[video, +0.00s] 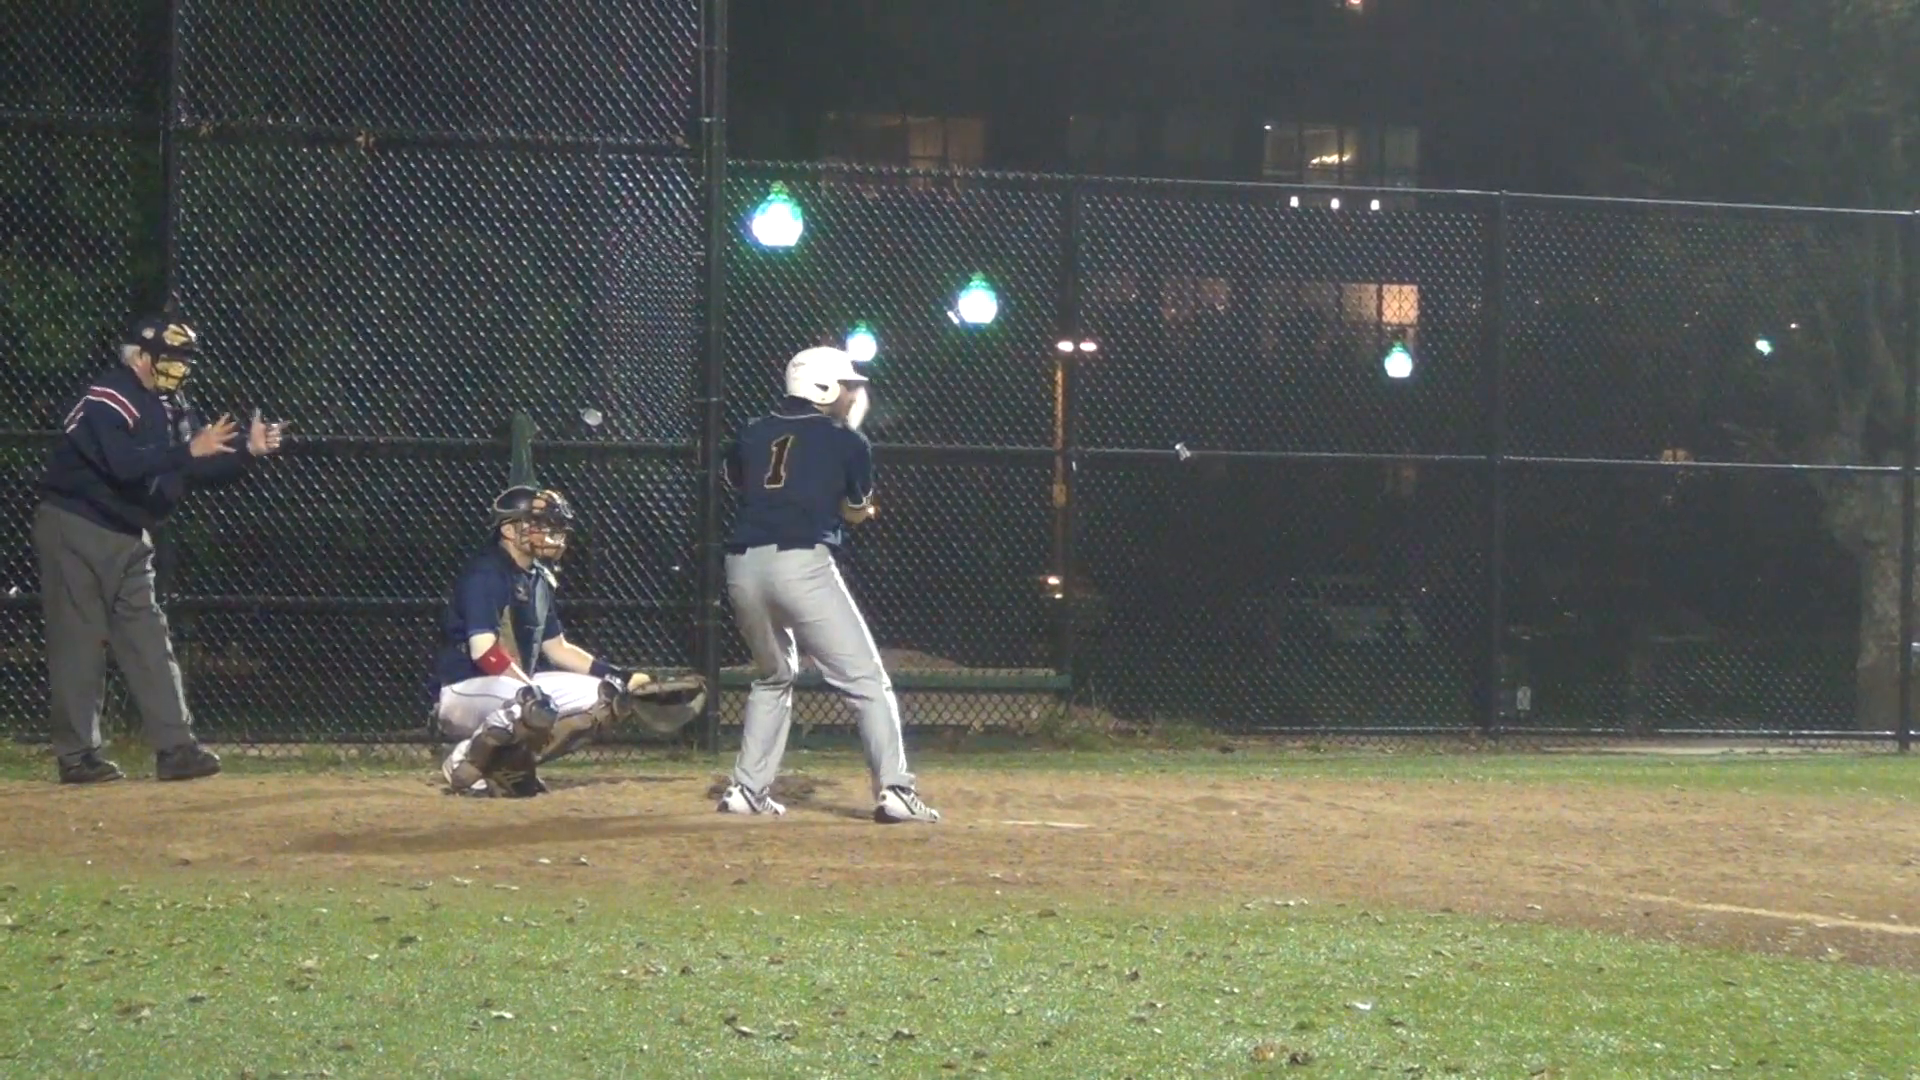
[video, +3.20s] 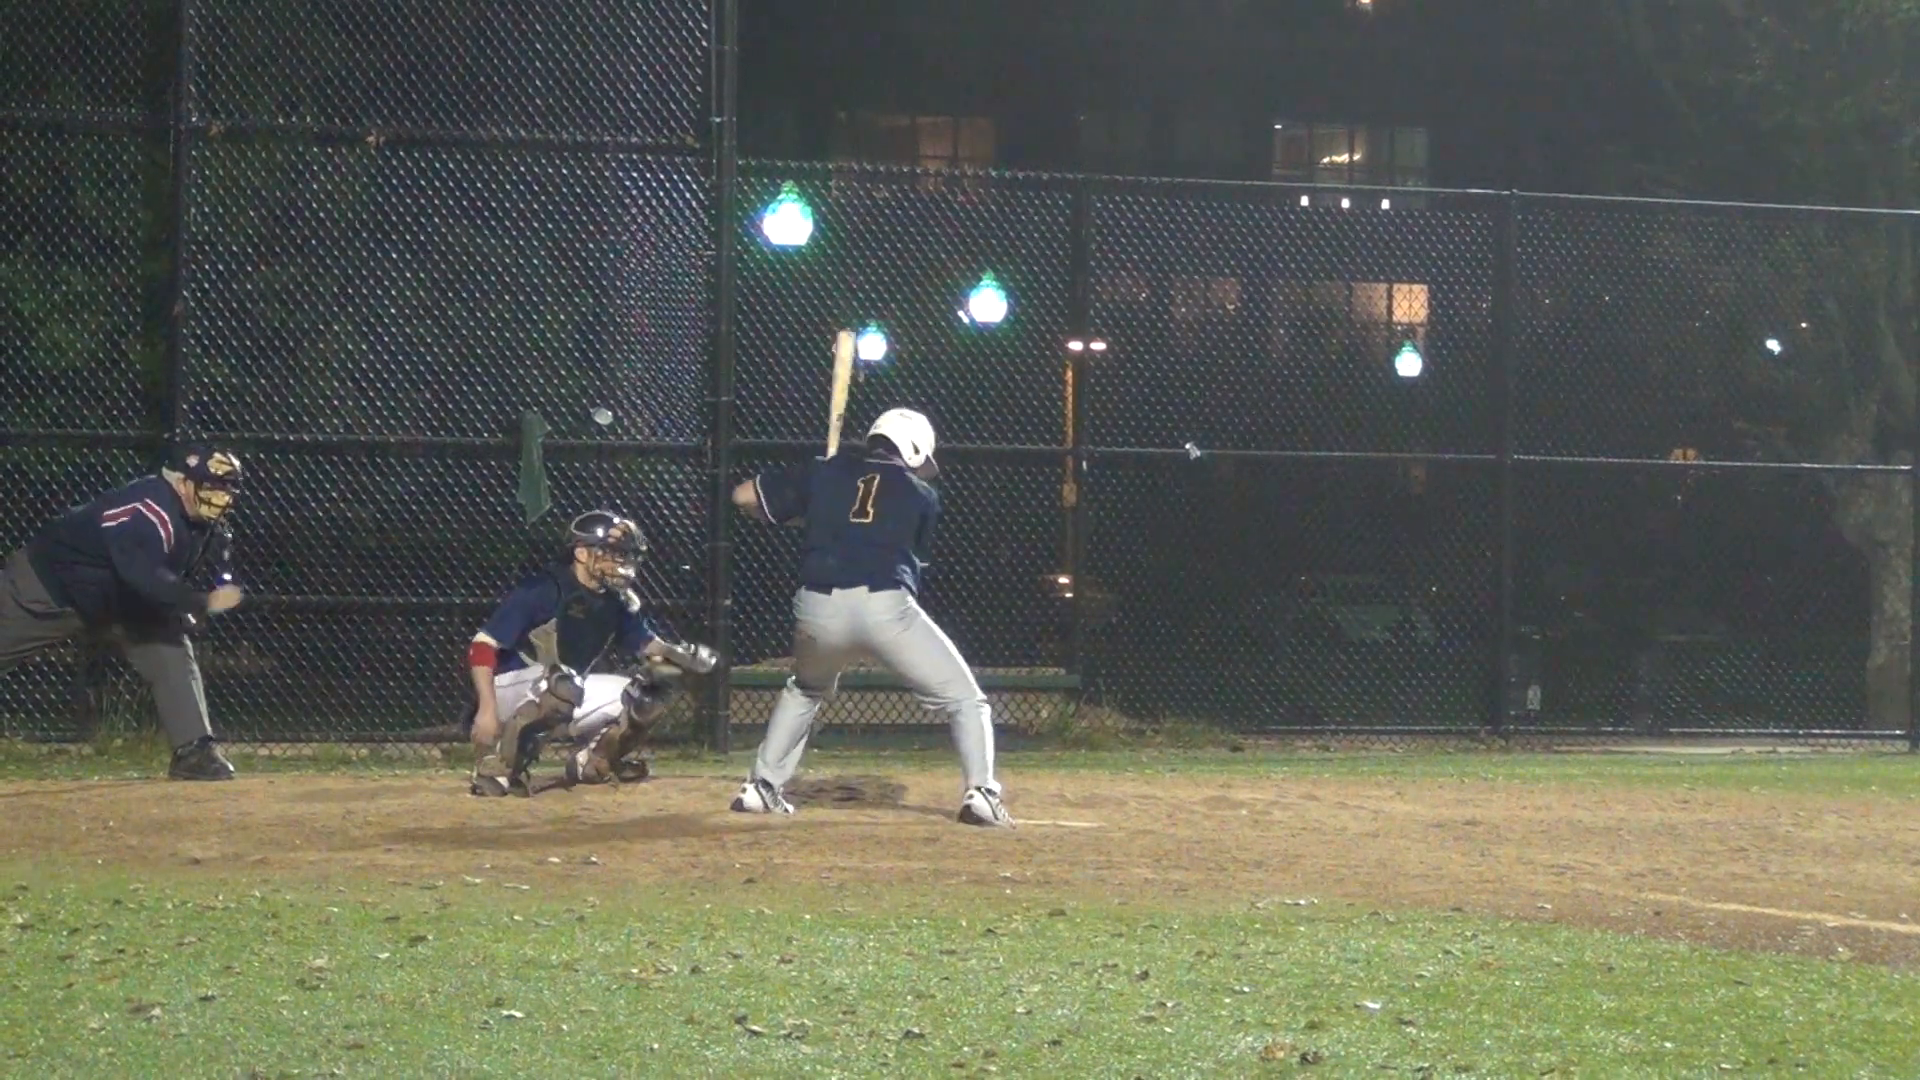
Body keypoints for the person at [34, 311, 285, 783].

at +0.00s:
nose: (175, 368)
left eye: (181, 360)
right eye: (167, 357)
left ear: (184, 362)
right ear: (139, 355)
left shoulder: (171, 410)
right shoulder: (108, 394)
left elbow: (195, 469)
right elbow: (122, 462)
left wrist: (246, 450)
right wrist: (187, 452)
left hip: (128, 537)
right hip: (74, 529)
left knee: (147, 638)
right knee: (78, 639)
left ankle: (176, 748)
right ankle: (79, 756)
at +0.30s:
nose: (225, 380)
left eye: (230, 372)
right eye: (218, 370)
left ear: (230, 375)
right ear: (190, 367)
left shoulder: (215, 420)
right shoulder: (153, 406)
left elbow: (225, 474)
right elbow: (159, 480)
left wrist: (274, 492)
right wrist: (226, 490)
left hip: (151, 543)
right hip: (96, 529)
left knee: (167, 638)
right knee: (91, 637)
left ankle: (184, 751)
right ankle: (78, 753)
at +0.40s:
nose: (235, 387)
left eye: (240, 379)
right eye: (228, 377)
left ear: (235, 381)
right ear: (201, 374)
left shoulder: (224, 427)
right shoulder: (156, 415)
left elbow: (223, 493)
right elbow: (161, 492)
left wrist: (260, 528)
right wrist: (221, 523)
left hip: (150, 542)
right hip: (96, 529)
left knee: (169, 641)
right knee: (89, 638)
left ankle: (184, 751)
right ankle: (64, 749)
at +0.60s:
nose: (239, 408)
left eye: (244, 400)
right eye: (232, 398)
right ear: (204, 394)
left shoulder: (221, 444)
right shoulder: (165, 429)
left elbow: (208, 519)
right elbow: (159, 508)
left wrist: (202, 575)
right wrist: (186, 575)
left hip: (147, 553)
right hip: (91, 537)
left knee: (171, 646)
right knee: (51, 641)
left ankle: (185, 751)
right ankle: (3, 719)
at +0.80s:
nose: (220, 453)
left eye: (225, 445)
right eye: (212, 442)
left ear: (231, 446)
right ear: (186, 439)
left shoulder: (196, 484)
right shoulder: (146, 472)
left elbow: (180, 550)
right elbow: (137, 554)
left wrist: (174, 591)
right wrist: (155, 608)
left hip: (123, 580)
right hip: (59, 570)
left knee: (170, 639)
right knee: (5, 657)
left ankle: (187, 750)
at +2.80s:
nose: (222, 502)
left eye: (225, 494)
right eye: (214, 493)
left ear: (188, 490)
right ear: (185, 489)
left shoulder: (183, 523)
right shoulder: (141, 515)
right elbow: (124, 593)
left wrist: (168, 610)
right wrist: (152, 619)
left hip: (103, 603)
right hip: (38, 593)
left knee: (168, 647)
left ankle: (193, 751)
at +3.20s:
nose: (218, 499)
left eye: (223, 492)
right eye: (210, 489)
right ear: (183, 484)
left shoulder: (200, 523)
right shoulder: (151, 504)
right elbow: (139, 569)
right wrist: (201, 600)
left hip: (126, 602)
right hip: (50, 587)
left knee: (170, 653)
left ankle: (193, 750)